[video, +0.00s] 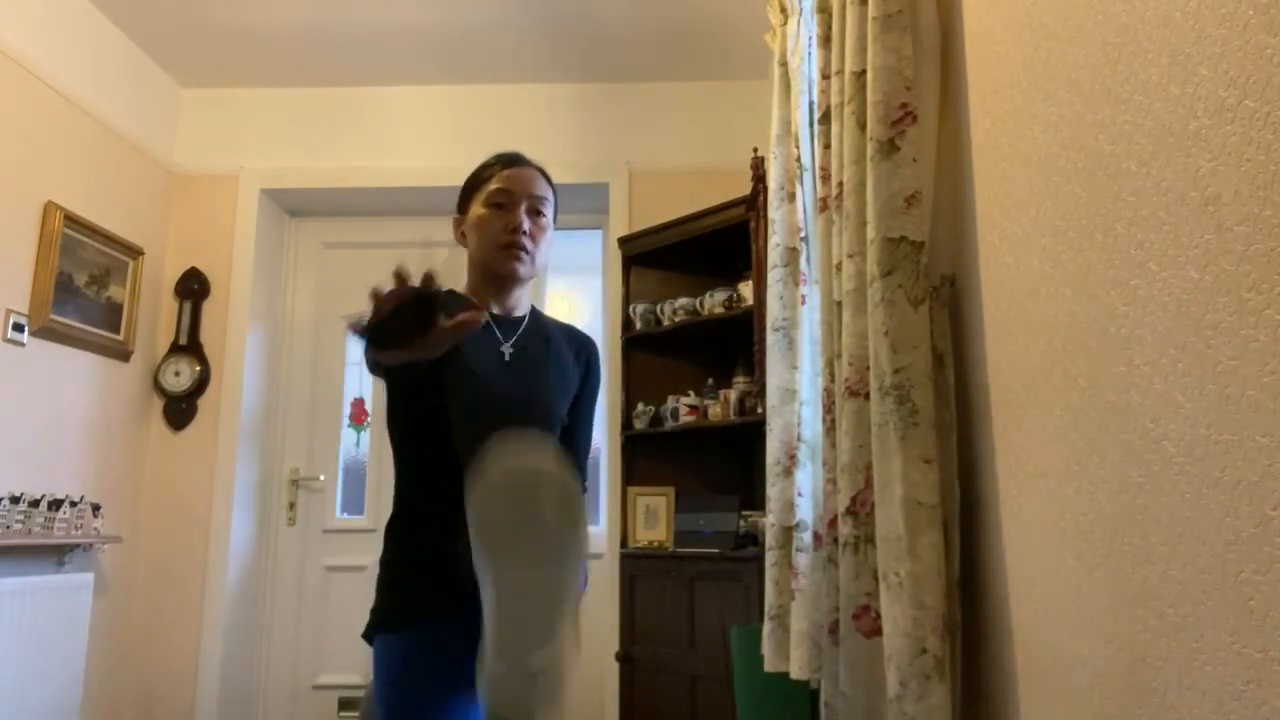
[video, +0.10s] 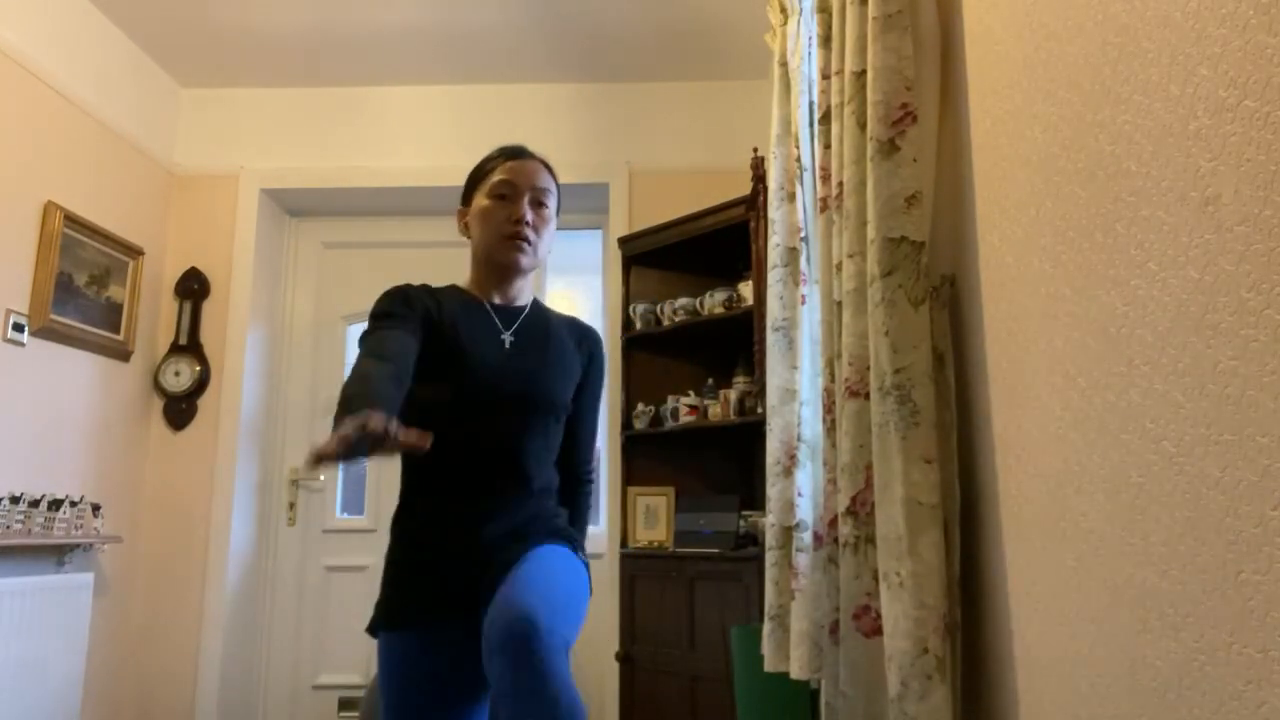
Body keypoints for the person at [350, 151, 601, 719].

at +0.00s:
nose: (521, 220)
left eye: (538, 211)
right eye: (500, 204)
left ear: (549, 238)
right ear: (461, 227)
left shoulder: (575, 352)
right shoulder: (422, 322)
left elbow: (573, 478)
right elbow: (385, 348)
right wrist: (401, 335)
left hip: (533, 600)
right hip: (426, 596)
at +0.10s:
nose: (523, 212)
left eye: (540, 204)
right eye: (503, 196)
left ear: (554, 233)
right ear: (465, 219)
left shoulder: (579, 343)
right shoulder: (416, 307)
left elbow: (578, 471)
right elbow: (383, 359)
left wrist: (566, 557)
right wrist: (368, 411)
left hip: (537, 548)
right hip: (431, 554)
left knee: (523, 633)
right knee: (414, 708)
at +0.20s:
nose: (528, 209)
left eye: (545, 200)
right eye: (508, 194)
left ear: (558, 229)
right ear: (471, 219)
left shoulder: (589, 338)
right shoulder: (416, 314)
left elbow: (593, 472)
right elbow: (371, 421)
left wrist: (584, 580)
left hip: (547, 582)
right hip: (433, 577)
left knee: (541, 710)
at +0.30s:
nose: (535, 218)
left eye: (553, 209)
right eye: (515, 204)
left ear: (569, 237)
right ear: (480, 229)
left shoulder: (606, 341)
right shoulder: (430, 329)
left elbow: (621, 480)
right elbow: (381, 467)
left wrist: (629, 603)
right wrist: (335, 595)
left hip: (568, 620)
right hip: (442, 615)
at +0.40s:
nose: (549, 217)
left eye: (566, 207)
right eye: (529, 204)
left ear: (584, 234)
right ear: (497, 231)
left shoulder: (627, 336)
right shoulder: (449, 329)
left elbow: (656, 468)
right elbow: (407, 472)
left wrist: (689, 606)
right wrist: (354, 617)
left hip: (586, 617)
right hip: (464, 613)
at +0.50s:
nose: (559, 217)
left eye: (577, 205)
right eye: (539, 204)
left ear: (599, 234)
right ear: (512, 235)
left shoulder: (641, 331)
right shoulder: (468, 332)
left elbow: (687, 423)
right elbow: (429, 477)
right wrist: (385, 612)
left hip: (600, 591)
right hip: (485, 588)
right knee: (468, 707)